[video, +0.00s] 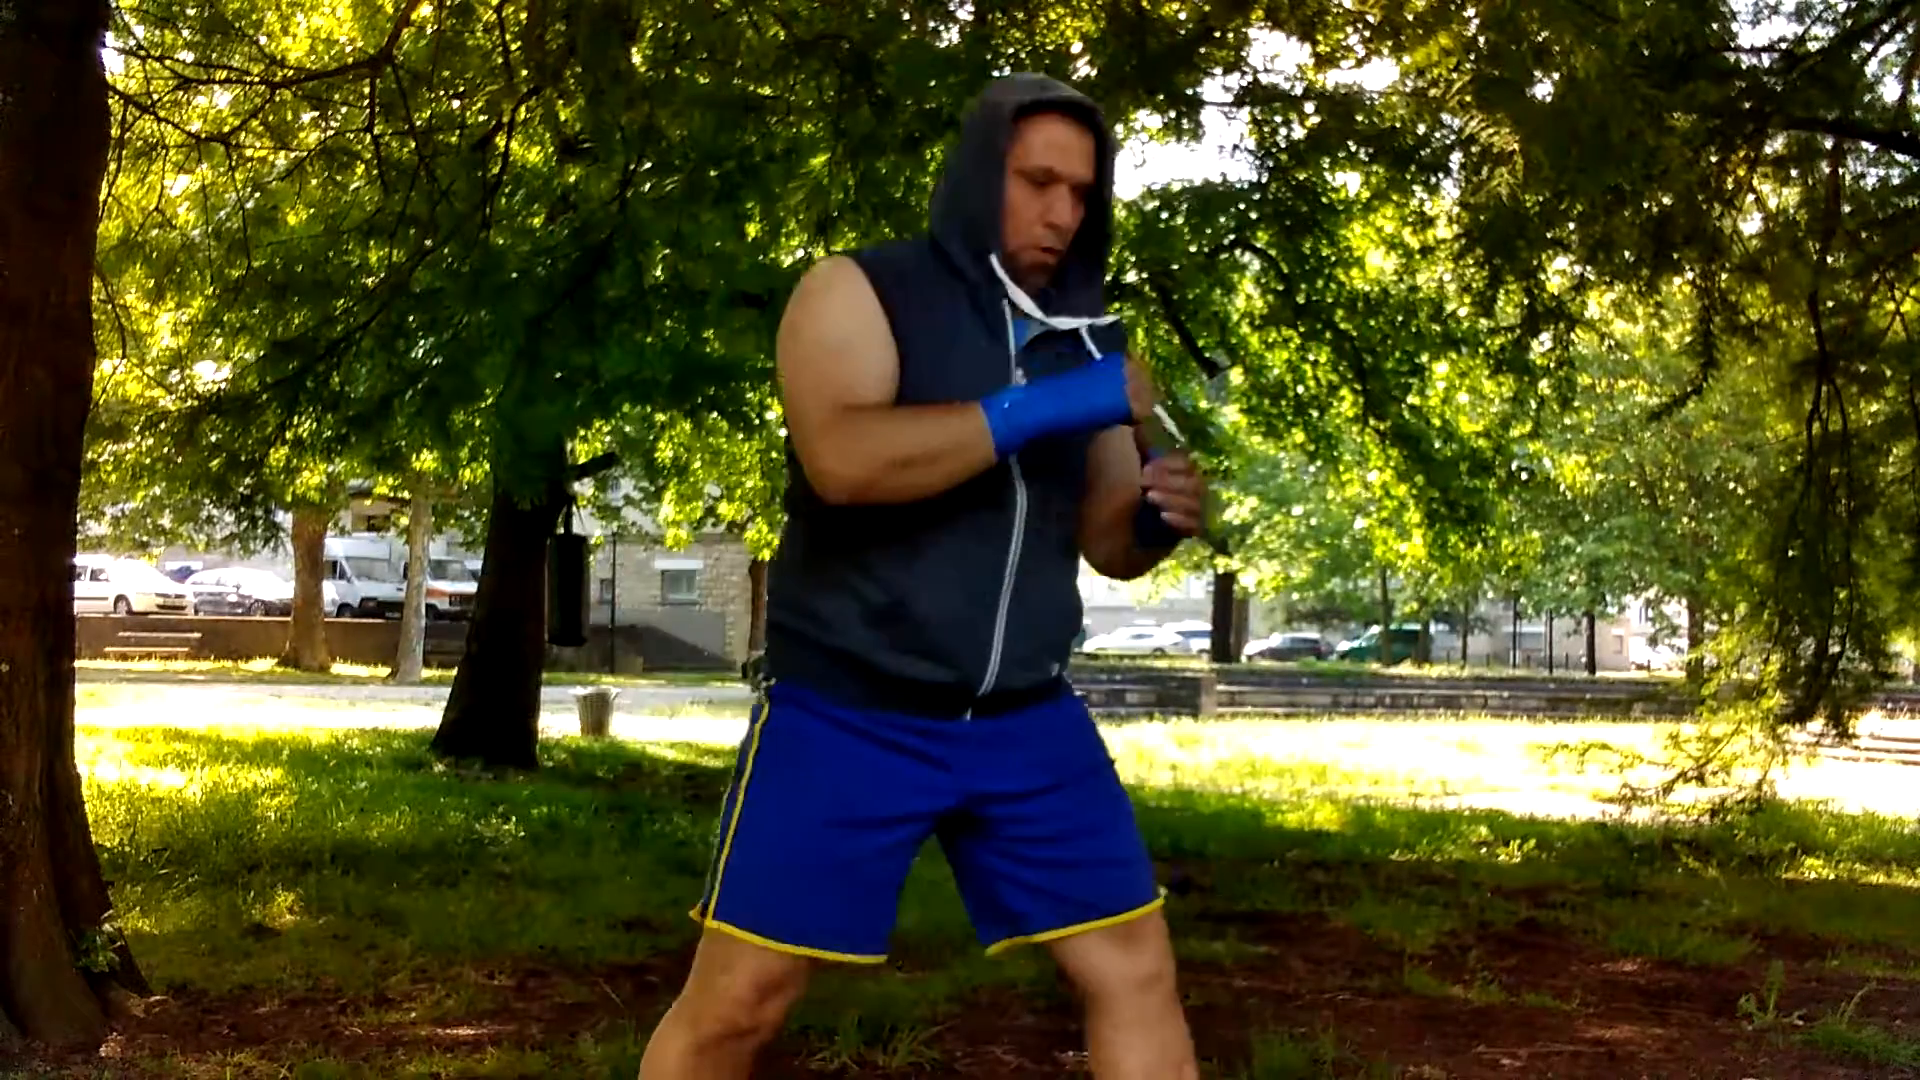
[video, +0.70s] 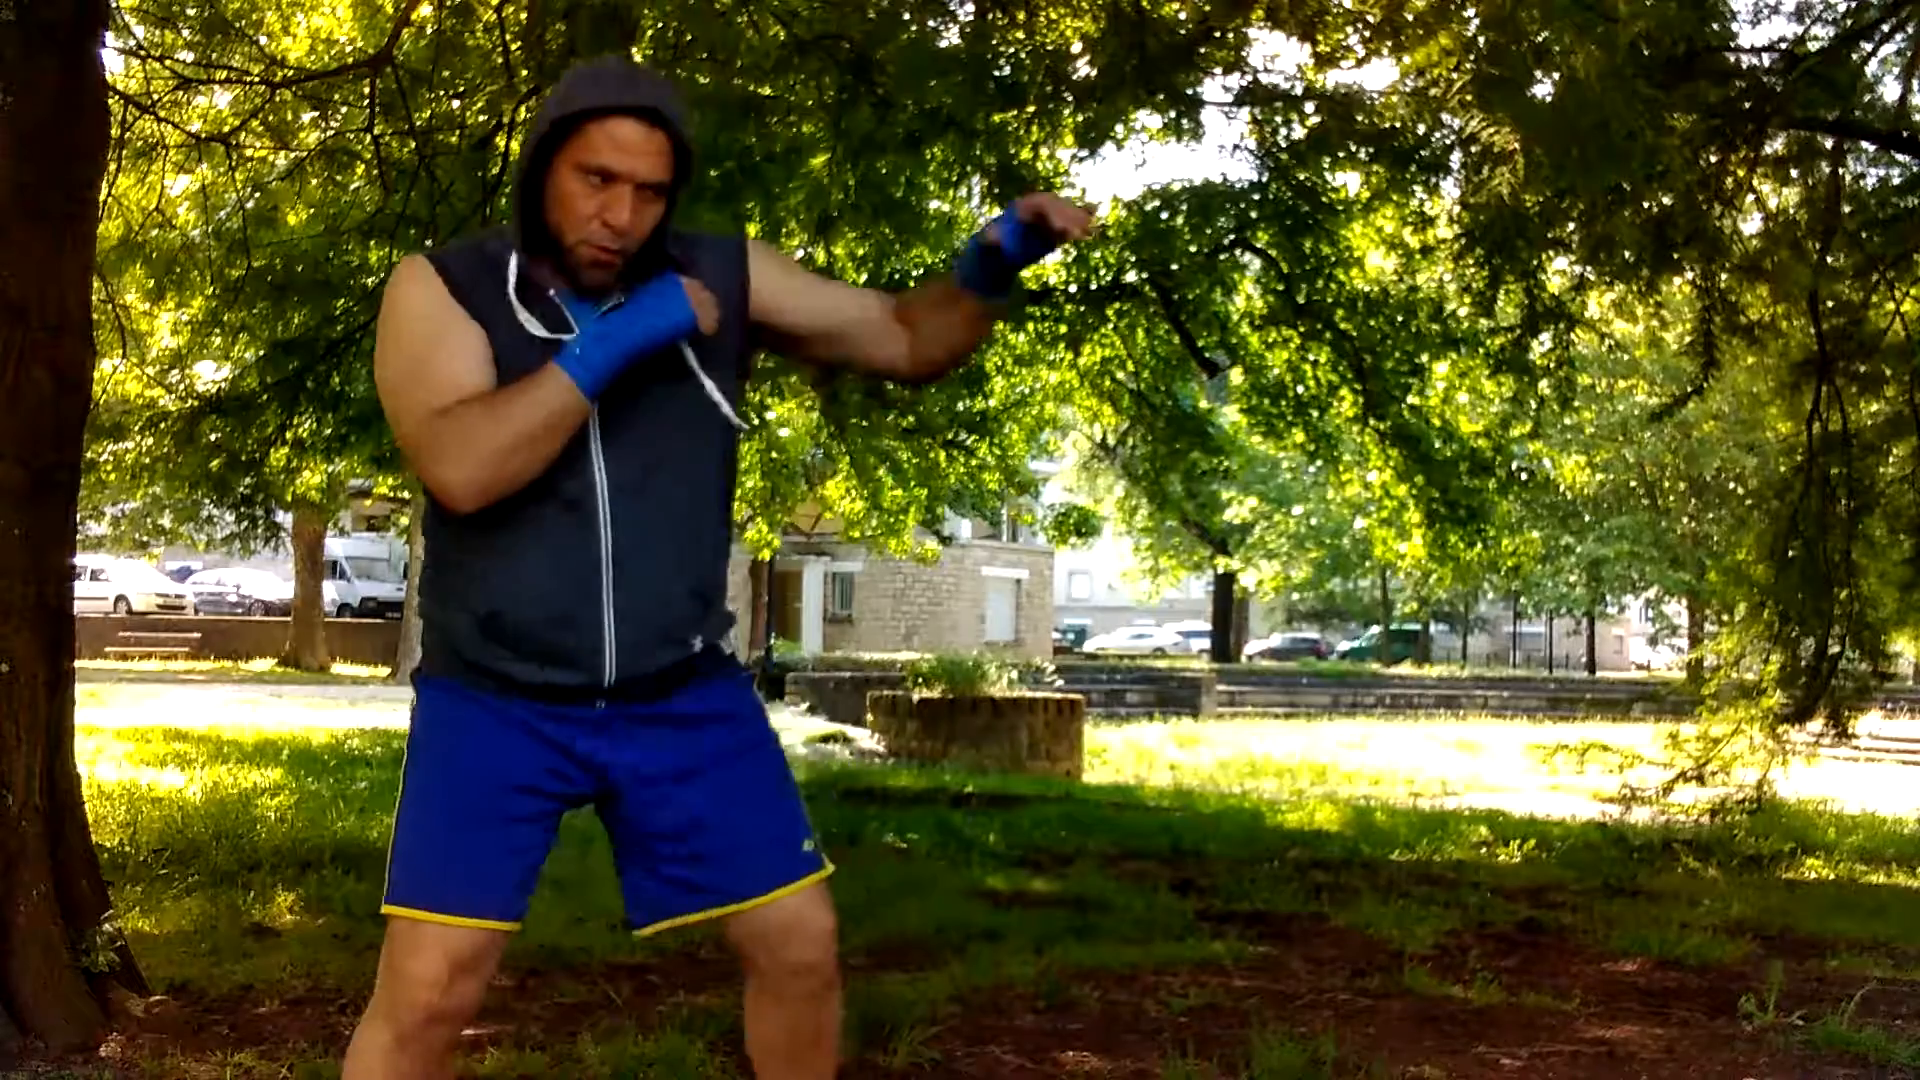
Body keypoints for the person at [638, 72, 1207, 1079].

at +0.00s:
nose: (1065, 214)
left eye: (1082, 192)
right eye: (1042, 183)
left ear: (1095, 203)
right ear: (978, 178)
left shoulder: (1088, 340)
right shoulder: (851, 289)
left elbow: (1108, 542)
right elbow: (842, 460)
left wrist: (1155, 516)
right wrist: (1060, 405)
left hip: (1026, 718)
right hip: (846, 715)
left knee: (1135, 974)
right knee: (737, 1003)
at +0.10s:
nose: (980, 195)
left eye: (1001, 172)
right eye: (955, 162)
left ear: (1016, 182)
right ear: (892, 154)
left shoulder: (1016, 313)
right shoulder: (775, 266)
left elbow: (1027, 510)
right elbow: (764, 450)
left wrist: (1090, 450)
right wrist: (982, 386)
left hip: (950, 694)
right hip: (769, 692)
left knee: (1071, 924)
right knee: (672, 978)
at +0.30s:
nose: (908, 224)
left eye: (931, 201)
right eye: (883, 190)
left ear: (949, 212)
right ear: (826, 183)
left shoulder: (949, 330)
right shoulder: (704, 293)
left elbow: (1042, 518)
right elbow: (708, 486)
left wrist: (1076, 423)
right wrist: (871, 371)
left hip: (870, 719)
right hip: (690, 703)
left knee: (970, 962)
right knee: (571, 974)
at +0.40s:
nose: (834, 244)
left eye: (855, 222)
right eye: (812, 211)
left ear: (873, 230)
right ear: (754, 199)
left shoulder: (862, 359)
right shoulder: (629, 309)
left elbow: (909, 554)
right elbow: (674, 491)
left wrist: (977, 501)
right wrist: (865, 416)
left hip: (804, 726)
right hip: (618, 727)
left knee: (924, 957)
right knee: (500, 1016)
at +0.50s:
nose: (760, 238)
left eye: (784, 216)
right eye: (739, 204)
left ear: (801, 226)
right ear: (680, 190)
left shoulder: (778, 341)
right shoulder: (554, 300)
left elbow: (796, 532)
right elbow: (615, 472)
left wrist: (873, 493)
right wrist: (793, 363)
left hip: (752, 710)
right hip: (561, 714)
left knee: (887, 933)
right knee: (477, 999)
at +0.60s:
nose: (683, 222)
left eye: (710, 197)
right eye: (659, 187)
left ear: (732, 206)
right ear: (600, 175)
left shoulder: (751, 304)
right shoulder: (486, 292)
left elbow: (826, 468)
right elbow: (536, 454)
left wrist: (859, 417)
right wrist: (692, 332)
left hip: (720, 693)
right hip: (528, 702)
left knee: (849, 928)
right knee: (454, 997)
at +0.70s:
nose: (619, 215)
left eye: (647, 191)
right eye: (596, 180)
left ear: (671, 194)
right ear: (542, 169)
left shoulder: (716, 273)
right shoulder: (436, 290)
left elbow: (908, 337)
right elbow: (459, 467)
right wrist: (614, 337)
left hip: (686, 694)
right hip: (492, 700)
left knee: (799, 950)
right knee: (428, 992)